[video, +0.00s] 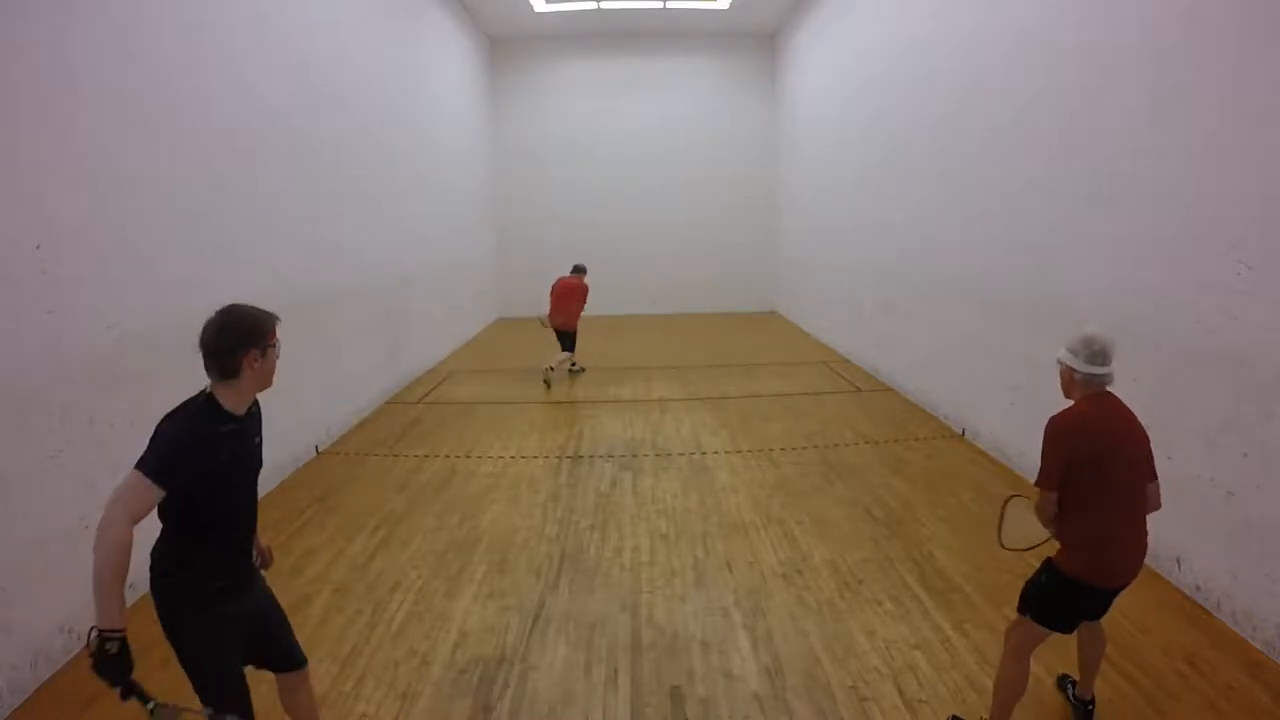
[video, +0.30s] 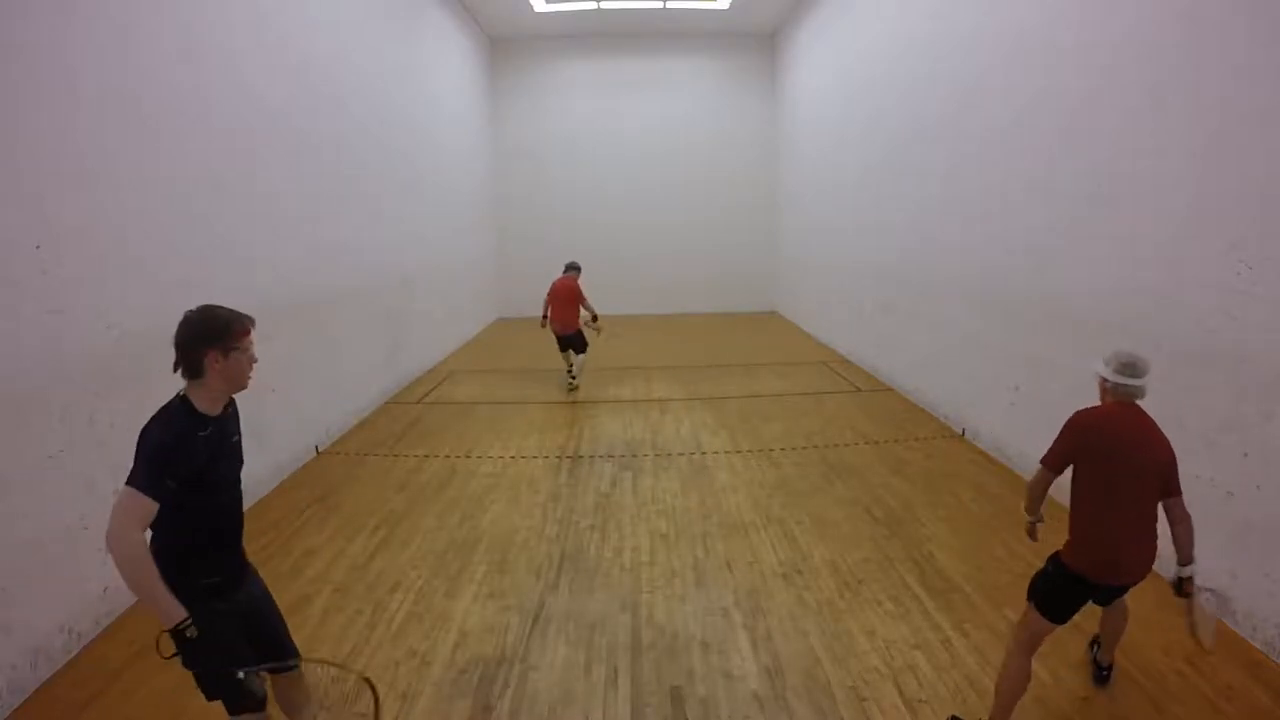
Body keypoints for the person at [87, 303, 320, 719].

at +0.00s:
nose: (278, 355)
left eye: (277, 347)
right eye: (274, 348)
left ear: (248, 362)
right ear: (253, 361)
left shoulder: (248, 411)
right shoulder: (185, 429)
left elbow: (230, 489)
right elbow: (116, 520)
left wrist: (251, 537)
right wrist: (110, 635)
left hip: (239, 572)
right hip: (190, 592)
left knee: (293, 669)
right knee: (232, 710)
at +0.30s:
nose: (255, 359)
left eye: (252, 349)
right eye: (246, 351)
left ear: (219, 362)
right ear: (216, 360)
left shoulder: (226, 408)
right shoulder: (167, 434)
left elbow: (210, 498)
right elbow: (122, 536)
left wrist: (233, 565)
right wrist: (182, 625)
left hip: (239, 574)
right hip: (195, 597)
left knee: (288, 669)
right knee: (249, 703)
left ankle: (307, 714)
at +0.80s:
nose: (214, 352)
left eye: (210, 343)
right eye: (205, 346)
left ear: (180, 357)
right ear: (178, 357)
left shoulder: (187, 403)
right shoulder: (149, 428)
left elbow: (183, 486)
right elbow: (115, 523)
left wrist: (204, 547)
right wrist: (157, 599)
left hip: (208, 553)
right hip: (178, 575)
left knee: (234, 620)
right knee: (220, 689)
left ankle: (226, 673)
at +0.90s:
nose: (211, 351)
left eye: (208, 343)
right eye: (205, 345)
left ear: (177, 357)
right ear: (186, 357)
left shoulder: (177, 405)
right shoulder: (162, 422)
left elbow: (175, 486)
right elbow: (129, 514)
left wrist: (208, 533)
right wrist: (161, 589)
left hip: (203, 550)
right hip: (190, 565)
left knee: (213, 636)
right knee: (232, 680)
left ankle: (210, 693)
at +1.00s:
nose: (208, 338)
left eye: (205, 331)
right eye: (203, 332)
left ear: (174, 343)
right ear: (187, 342)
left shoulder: (173, 389)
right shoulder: (169, 403)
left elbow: (181, 459)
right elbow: (151, 493)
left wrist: (215, 483)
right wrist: (177, 563)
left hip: (196, 530)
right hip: (197, 543)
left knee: (207, 615)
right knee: (242, 648)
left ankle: (210, 684)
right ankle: (240, 714)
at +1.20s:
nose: (217, 331)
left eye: (214, 323)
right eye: (214, 325)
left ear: (173, 337)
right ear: (204, 332)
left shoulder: (166, 385)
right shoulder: (199, 390)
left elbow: (177, 462)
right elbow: (200, 472)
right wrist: (244, 533)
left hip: (179, 519)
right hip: (206, 524)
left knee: (209, 592)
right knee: (281, 611)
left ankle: (195, 675)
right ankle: (285, 711)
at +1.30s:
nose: (233, 358)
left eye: (229, 350)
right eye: (230, 351)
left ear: (190, 365)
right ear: (222, 361)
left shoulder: (188, 409)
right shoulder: (216, 421)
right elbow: (237, 507)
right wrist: (295, 546)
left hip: (191, 539)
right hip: (221, 546)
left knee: (211, 607)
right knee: (315, 606)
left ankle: (190, 685)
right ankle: (334, 703)